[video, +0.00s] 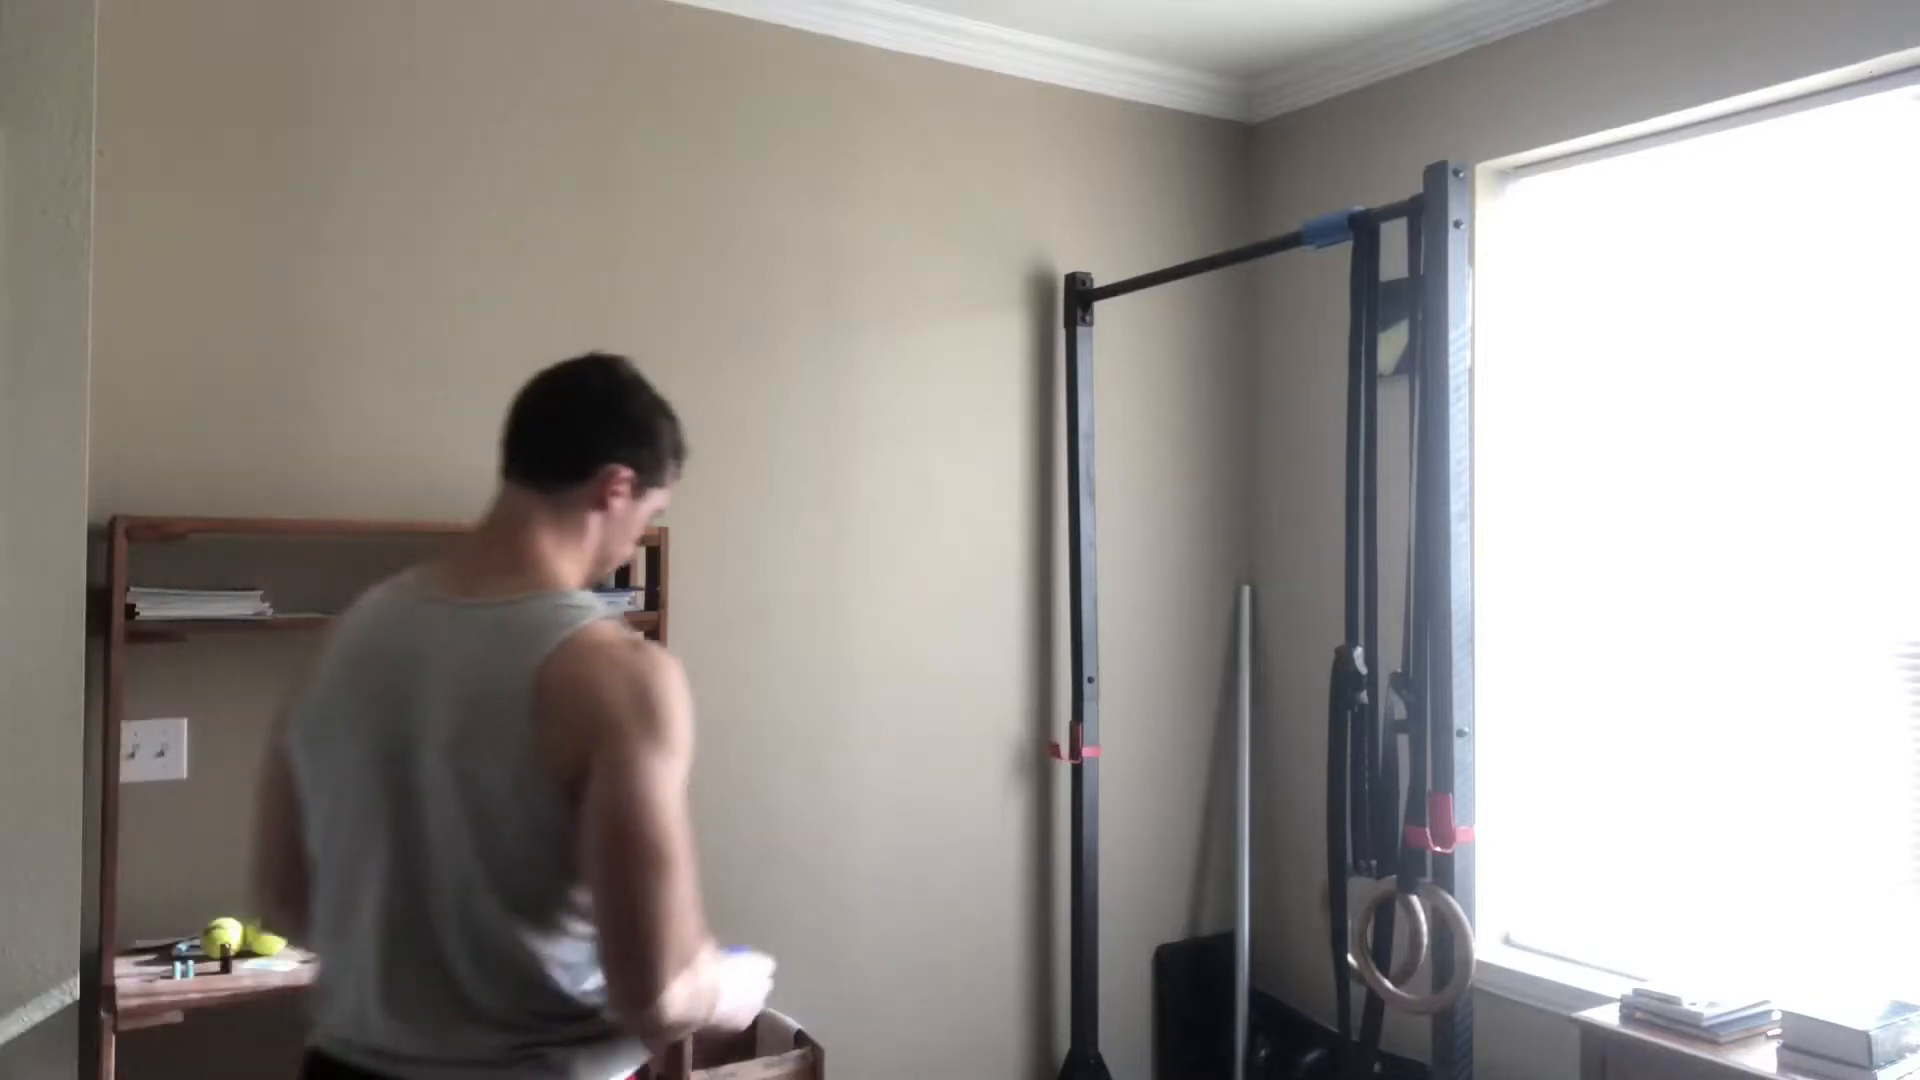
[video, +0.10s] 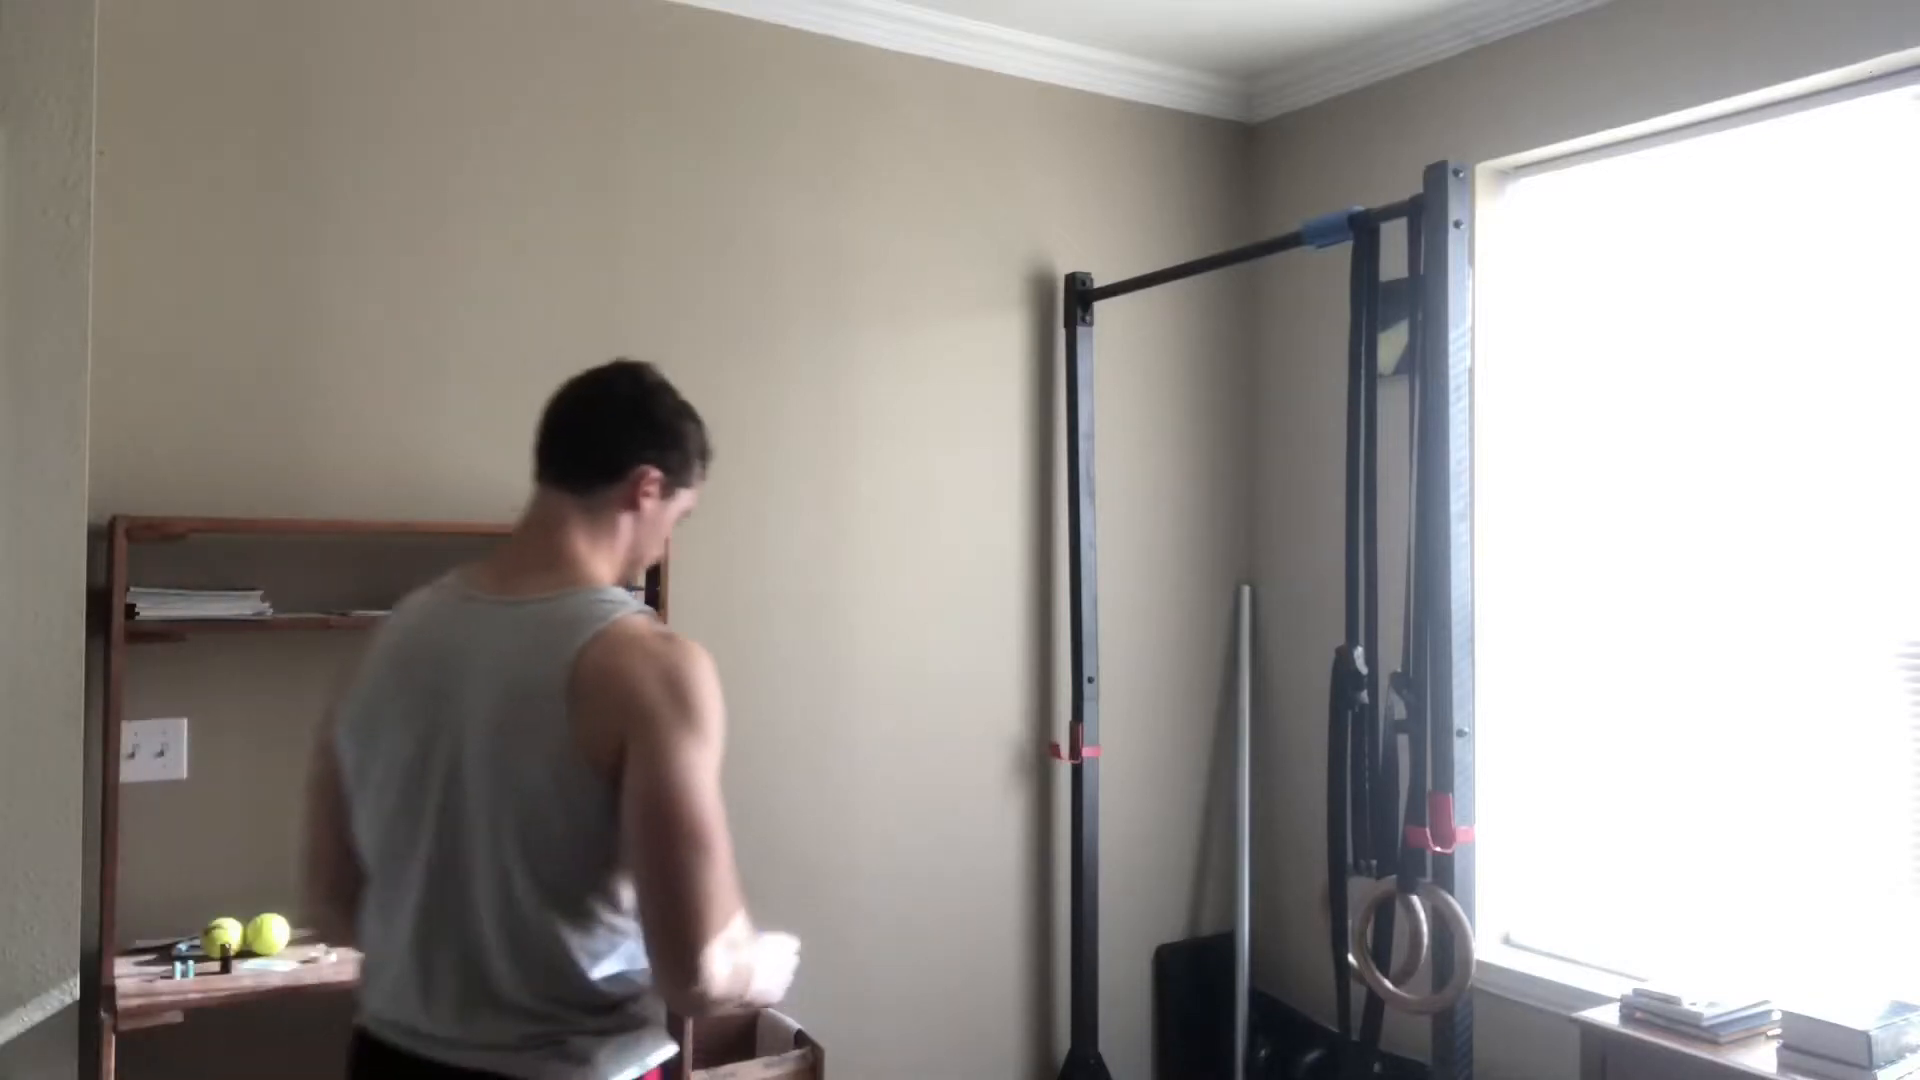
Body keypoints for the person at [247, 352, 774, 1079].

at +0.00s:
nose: (640, 547)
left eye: (655, 522)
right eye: (652, 518)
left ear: (517, 463)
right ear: (614, 489)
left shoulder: (359, 628)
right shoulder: (620, 677)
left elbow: (285, 893)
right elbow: (657, 993)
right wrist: (720, 986)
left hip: (350, 1056)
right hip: (541, 1061)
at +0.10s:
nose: (667, 548)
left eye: (681, 522)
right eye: (678, 518)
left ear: (550, 469)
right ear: (645, 491)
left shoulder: (402, 630)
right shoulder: (651, 666)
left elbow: (334, 896)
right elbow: (697, 975)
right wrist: (755, 965)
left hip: (392, 1050)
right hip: (576, 1062)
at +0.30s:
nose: (726, 560)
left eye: (740, 533)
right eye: (735, 528)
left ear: (611, 490)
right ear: (694, 506)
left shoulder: (486, 644)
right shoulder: (694, 672)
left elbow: (431, 899)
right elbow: (745, 960)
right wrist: (809, 959)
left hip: (481, 1043)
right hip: (635, 1060)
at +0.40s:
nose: (757, 564)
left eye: (769, 539)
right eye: (764, 533)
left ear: (643, 499)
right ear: (722, 512)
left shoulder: (528, 650)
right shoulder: (716, 672)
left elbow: (478, 867)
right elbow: (761, 932)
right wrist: (838, 963)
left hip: (528, 1039)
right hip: (669, 1054)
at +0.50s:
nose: (789, 554)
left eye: (798, 529)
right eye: (793, 526)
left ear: (676, 496)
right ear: (749, 510)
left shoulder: (576, 647)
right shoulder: (739, 666)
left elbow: (537, 868)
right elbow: (769, 929)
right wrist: (882, 950)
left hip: (587, 1025)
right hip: (706, 1041)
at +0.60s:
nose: (828, 537)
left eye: (835, 515)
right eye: (828, 511)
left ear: (719, 494)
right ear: (776, 501)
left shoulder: (626, 631)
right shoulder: (761, 645)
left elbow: (597, 844)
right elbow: (775, 902)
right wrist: (900, 933)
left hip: (633, 1002)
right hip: (739, 1015)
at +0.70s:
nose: (859, 532)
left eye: (865, 508)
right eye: (857, 505)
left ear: (802, 495)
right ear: (805, 497)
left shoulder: (681, 614)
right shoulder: (777, 635)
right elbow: (785, 876)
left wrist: (852, 862)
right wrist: (903, 893)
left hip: (674, 981)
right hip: (766, 992)